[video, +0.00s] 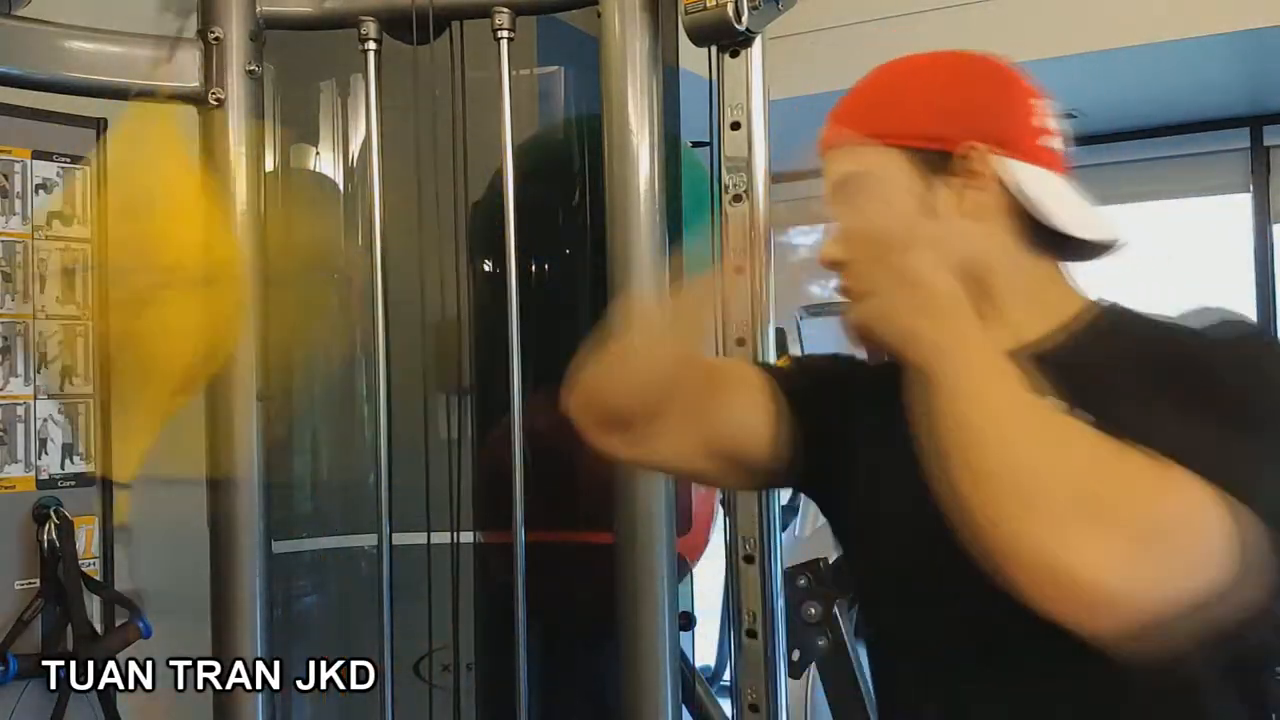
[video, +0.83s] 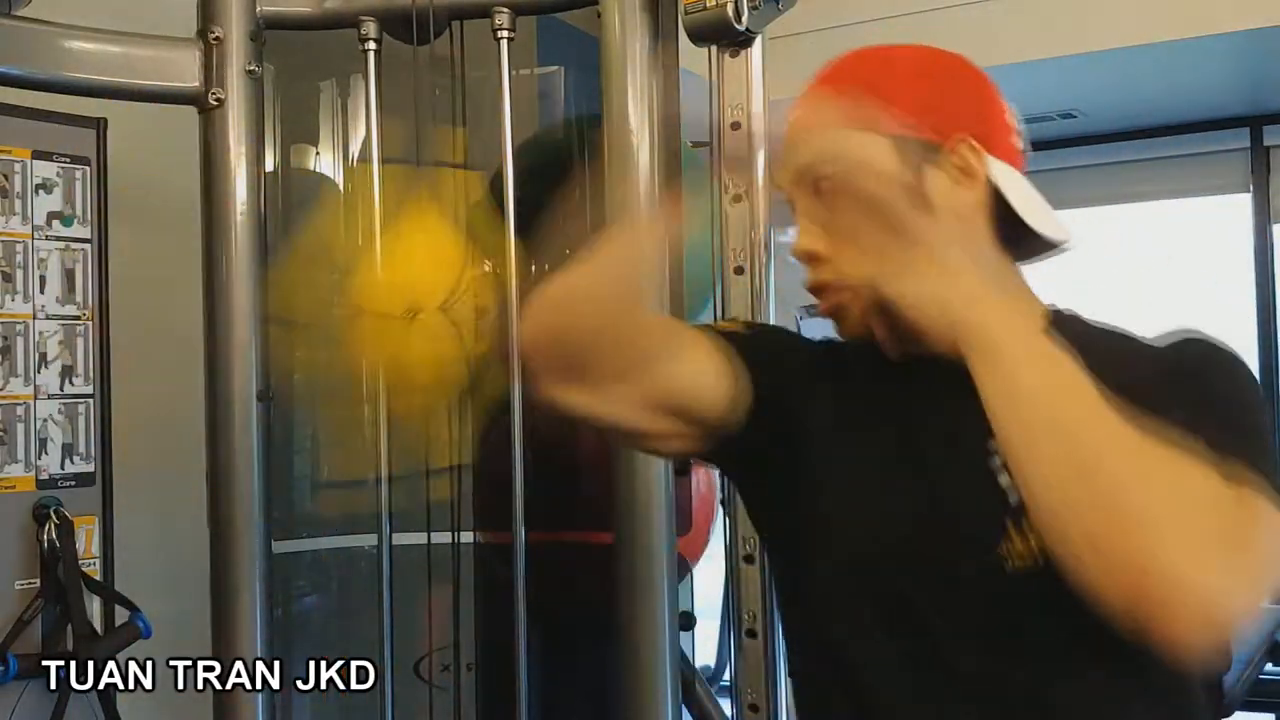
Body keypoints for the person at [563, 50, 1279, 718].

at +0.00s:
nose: (827, 251)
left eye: (849, 197)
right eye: (830, 209)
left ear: (970, 185)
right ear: (966, 189)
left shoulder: (1226, 374)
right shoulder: (864, 409)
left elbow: (1117, 580)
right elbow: (611, 404)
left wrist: (938, 325)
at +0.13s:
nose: (817, 266)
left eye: (829, 221)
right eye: (815, 230)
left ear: (931, 193)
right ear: (928, 202)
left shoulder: (1164, 341)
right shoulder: (892, 417)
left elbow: (942, 517)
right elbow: (620, 440)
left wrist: (871, 330)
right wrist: (435, 304)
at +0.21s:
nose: (809, 297)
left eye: (811, 250)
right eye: (802, 261)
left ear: (894, 220)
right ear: (894, 225)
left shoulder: (1088, 347)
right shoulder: (959, 414)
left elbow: (827, 559)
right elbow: (814, 660)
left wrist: (816, 357)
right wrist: (540, 510)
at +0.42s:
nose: (763, 362)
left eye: (766, 322)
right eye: (756, 331)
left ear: (857, 293)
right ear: (862, 294)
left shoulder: (979, 431)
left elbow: (723, 663)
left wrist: (727, 419)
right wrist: (725, 434)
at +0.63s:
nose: (755, 248)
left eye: (779, 199)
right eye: (756, 214)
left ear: (903, 183)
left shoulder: (1119, 344)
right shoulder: (831, 448)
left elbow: (1008, 500)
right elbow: (776, 650)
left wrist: (855, 341)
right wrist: (546, 533)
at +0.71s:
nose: (777, 225)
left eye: (807, 177)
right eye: (775, 193)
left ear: (937, 166)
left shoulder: (1163, 334)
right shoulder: (789, 411)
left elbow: (1149, 504)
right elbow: (549, 469)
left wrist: (929, 270)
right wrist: (386, 353)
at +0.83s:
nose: (800, 244)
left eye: (828, 196)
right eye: (791, 209)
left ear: (956, 181)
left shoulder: (1182, 384)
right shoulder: (801, 395)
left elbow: (1203, 614)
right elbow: (558, 347)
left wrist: (984, 308)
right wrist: (686, 199)